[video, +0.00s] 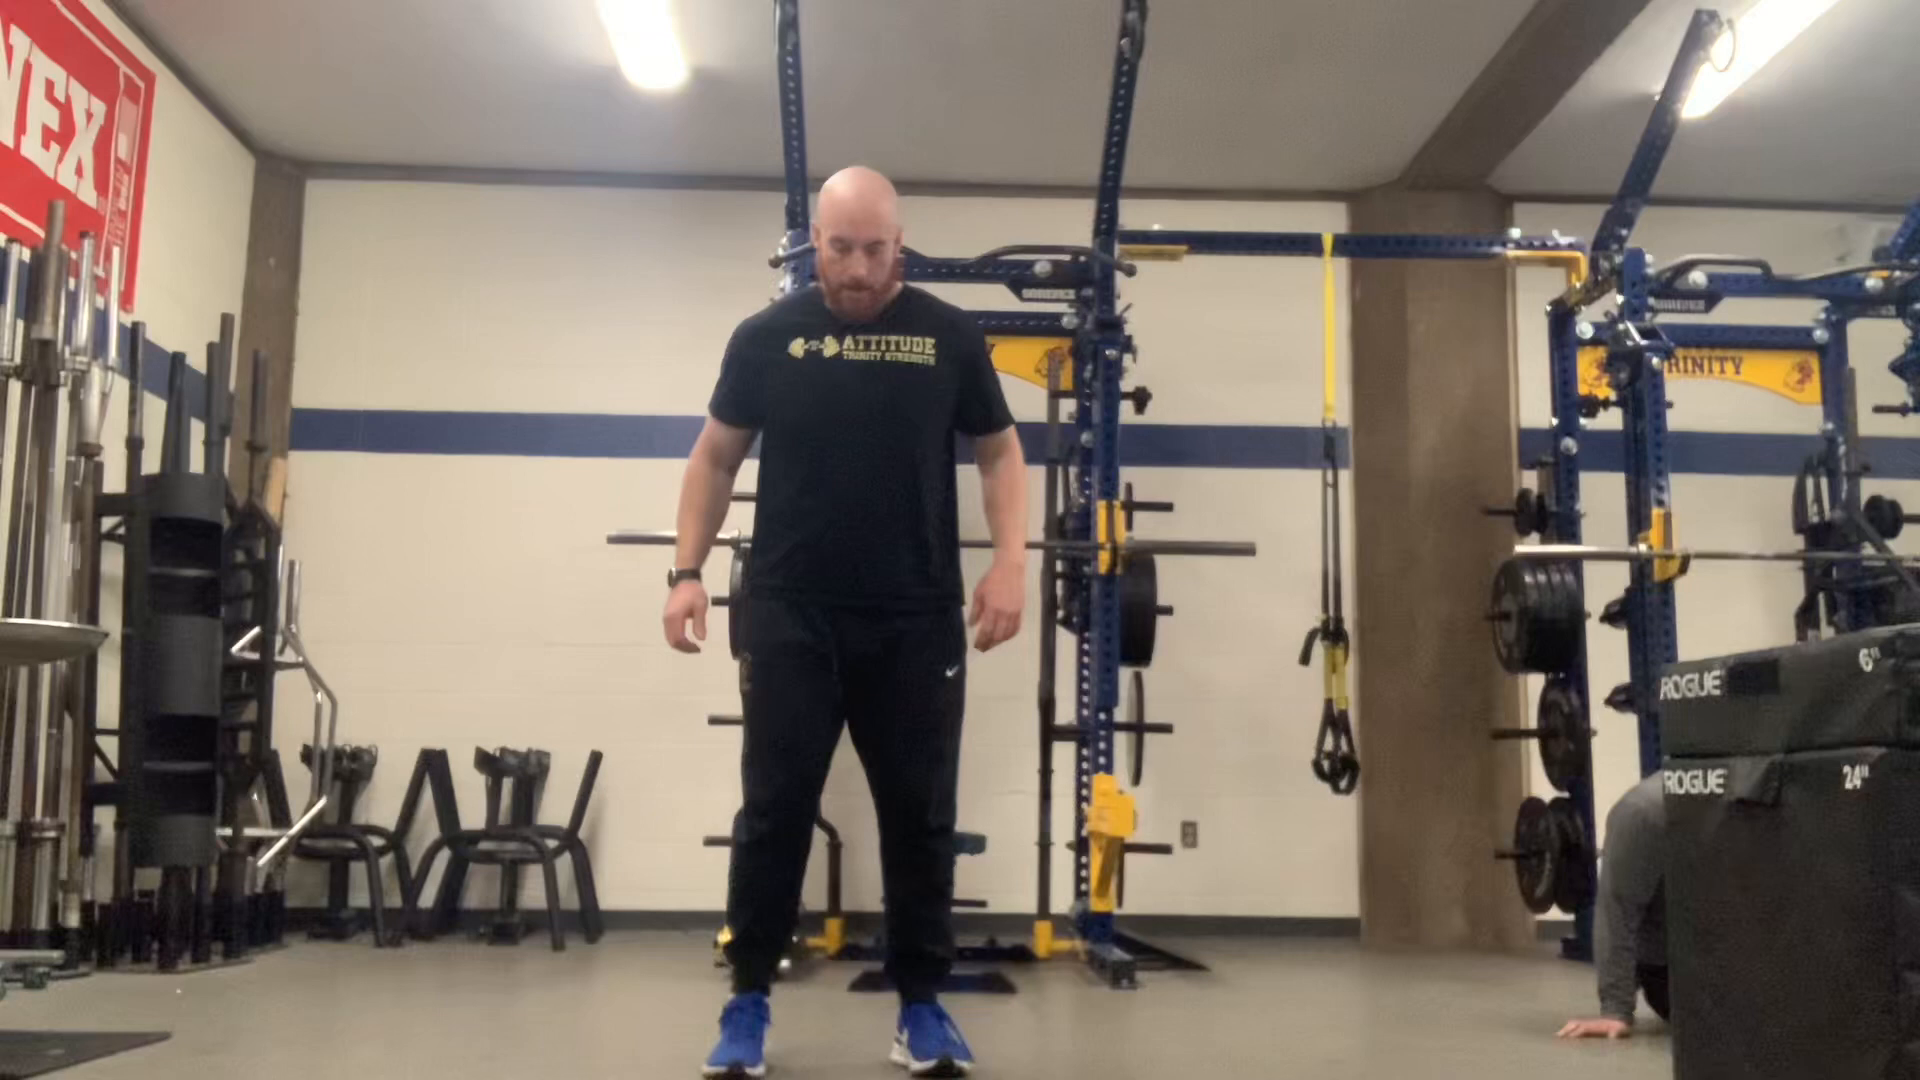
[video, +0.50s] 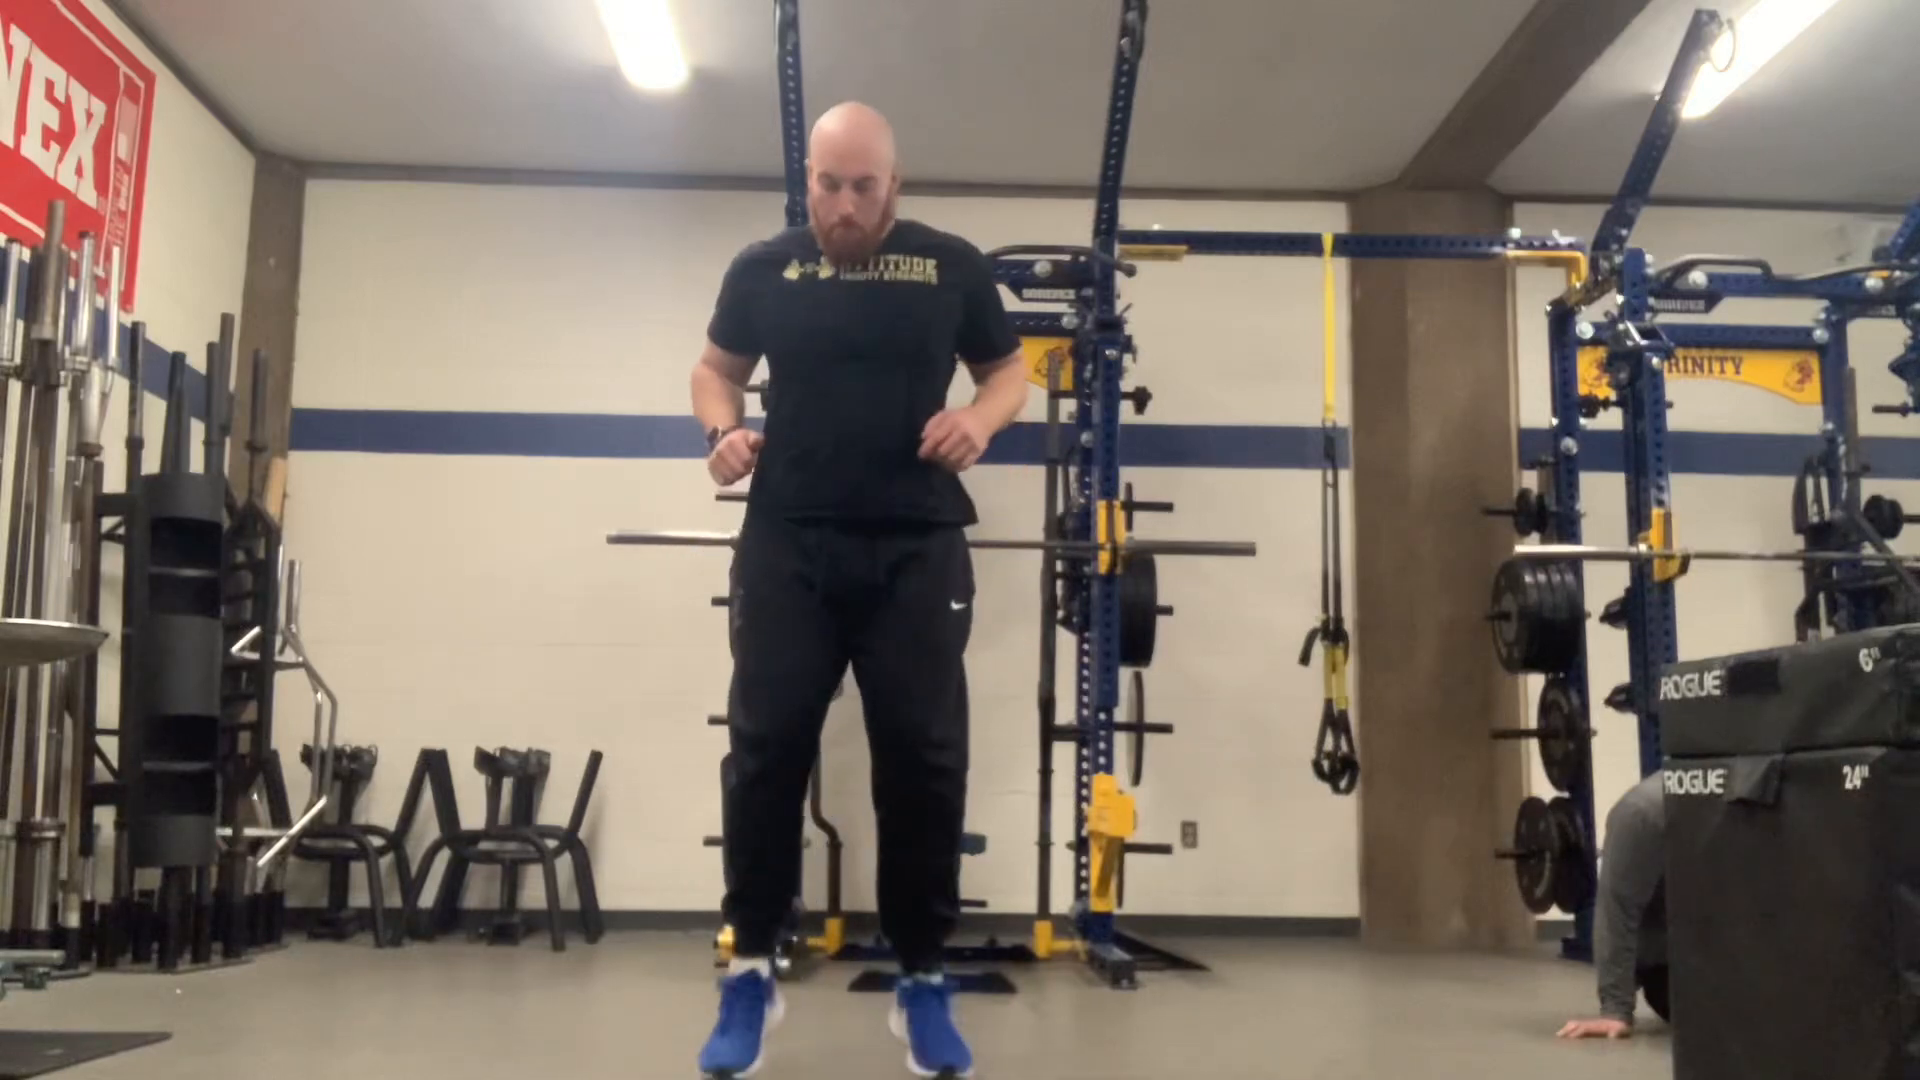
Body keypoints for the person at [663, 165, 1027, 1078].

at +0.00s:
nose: (856, 266)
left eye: (874, 248)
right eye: (840, 248)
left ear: (902, 240)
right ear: (813, 240)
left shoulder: (950, 338)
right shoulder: (765, 340)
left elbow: (1000, 456)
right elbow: (715, 457)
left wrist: (1010, 563)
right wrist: (685, 571)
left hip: (914, 618)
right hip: (789, 614)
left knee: (921, 818)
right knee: (774, 811)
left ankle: (921, 1006)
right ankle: (747, 1003)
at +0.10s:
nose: (860, 269)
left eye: (877, 251)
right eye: (844, 250)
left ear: (907, 243)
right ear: (819, 241)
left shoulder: (958, 343)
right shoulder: (772, 344)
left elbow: (1006, 461)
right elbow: (728, 467)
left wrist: (1022, 573)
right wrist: (706, 585)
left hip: (916, 621)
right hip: (794, 618)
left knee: (919, 820)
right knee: (780, 808)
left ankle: (921, 1010)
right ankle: (766, 1003)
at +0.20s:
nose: (860, 282)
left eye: (877, 264)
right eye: (843, 262)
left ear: (907, 256)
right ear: (818, 255)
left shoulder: (958, 355)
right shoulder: (776, 357)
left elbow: (1003, 473)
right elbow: (724, 481)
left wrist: (1023, 578)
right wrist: (710, 595)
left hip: (920, 634)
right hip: (799, 628)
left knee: (914, 829)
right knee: (789, 821)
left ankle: (917, 1014)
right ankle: (774, 1012)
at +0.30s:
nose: (853, 247)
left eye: (872, 230)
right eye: (839, 228)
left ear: (904, 225)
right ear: (815, 220)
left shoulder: (954, 319)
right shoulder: (769, 327)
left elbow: (1004, 434)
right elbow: (717, 440)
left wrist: (1002, 504)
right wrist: (720, 517)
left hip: (921, 615)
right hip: (798, 614)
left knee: (918, 823)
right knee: (788, 818)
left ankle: (917, 1006)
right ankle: (772, 1007)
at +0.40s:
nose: (849, 208)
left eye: (867, 191)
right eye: (835, 189)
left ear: (899, 184)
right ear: (810, 182)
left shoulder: (953, 275)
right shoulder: (766, 280)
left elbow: (1005, 378)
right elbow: (721, 383)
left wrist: (986, 433)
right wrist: (725, 449)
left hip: (918, 560)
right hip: (792, 558)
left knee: (926, 770)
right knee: (777, 760)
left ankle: (916, 959)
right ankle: (765, 963)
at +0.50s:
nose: (847, 205)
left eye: (865, 187)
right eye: (831, 185)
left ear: (896, 179)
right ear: (805, 175)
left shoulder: (953, 269)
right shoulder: (761, 271)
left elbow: (1009, 371)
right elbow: (717, 371)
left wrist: (978, 418)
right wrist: (725, 431)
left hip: (916, 553)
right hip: (788, 550)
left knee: (927, 762)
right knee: (765, 753)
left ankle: (923, 979)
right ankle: (748, 970)